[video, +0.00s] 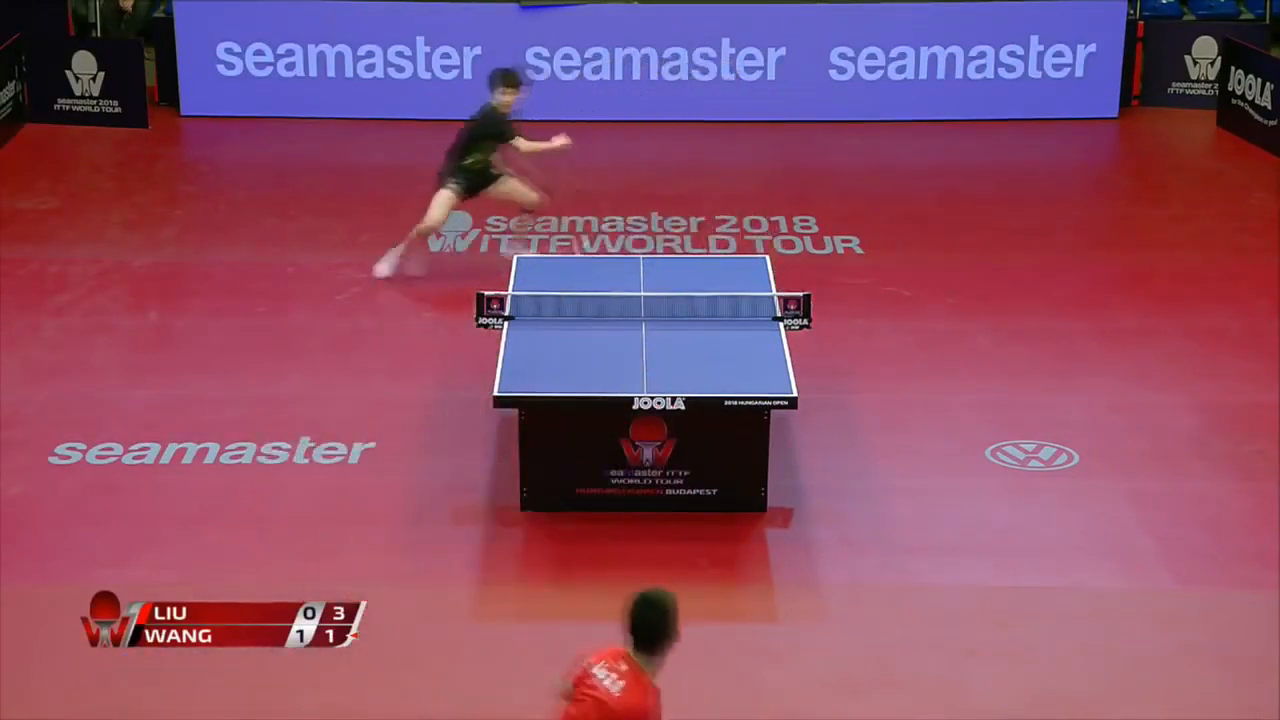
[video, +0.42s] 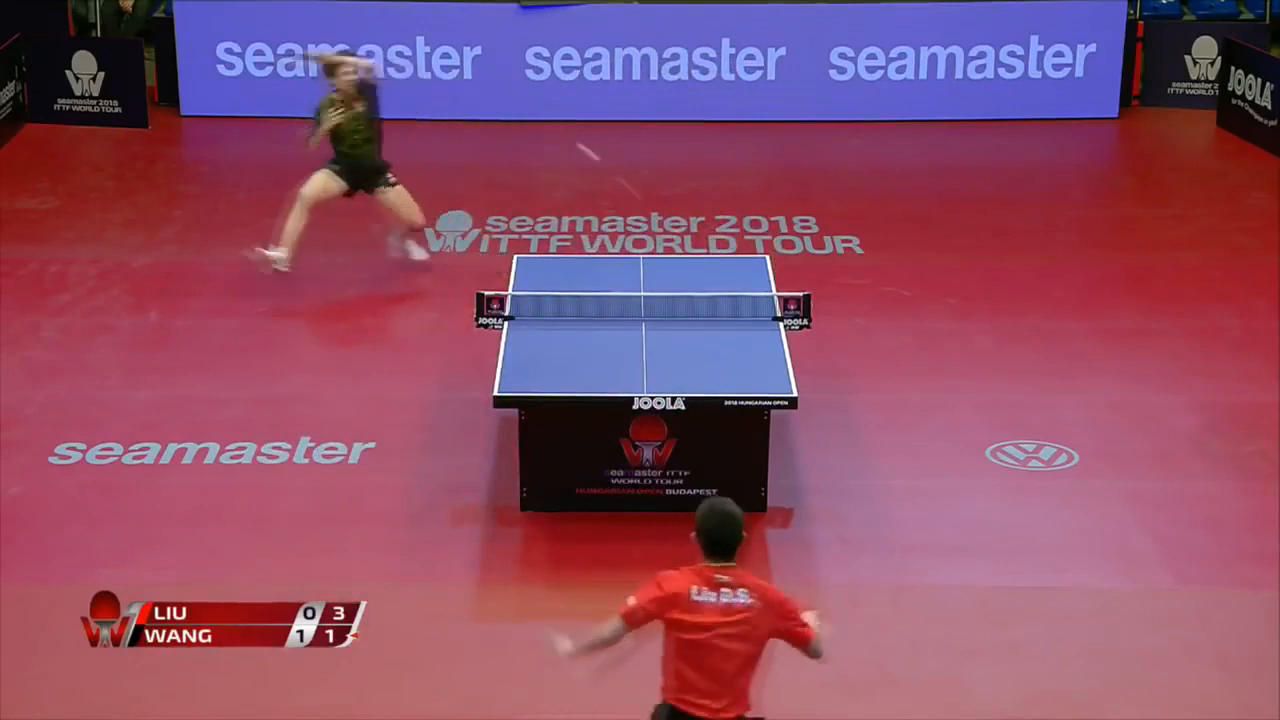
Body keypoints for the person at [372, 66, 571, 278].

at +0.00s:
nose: (508, 98)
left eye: (512, 93)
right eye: (503, 92)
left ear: (517, 95)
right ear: (493, 93)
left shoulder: (499, 118)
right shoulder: (490, 116)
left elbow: (492, 156)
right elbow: (522, 145)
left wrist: (510, 178)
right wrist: (552, 145)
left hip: (485, 174)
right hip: (459, 176)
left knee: (534, 201)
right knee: (432, 223)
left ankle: (514, 244)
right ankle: (396, 254)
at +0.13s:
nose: (469, 105)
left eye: (472, 100)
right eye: (464, 100)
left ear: (474, 102)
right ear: (451, 101)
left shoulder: (451, 122)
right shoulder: (453, 124)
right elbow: (494, 142)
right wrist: (534, 139)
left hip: (443, 185)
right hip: (420, 189)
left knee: (491, 209)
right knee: (407, 246)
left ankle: (498, 257)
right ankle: (352, 278)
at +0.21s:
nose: (438, 96)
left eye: (441, 91)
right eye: (433, 90)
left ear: (442, 93)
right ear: (419, 91)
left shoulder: (425, 118)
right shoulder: (414, 115)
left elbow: (415, 145)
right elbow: (417, 144)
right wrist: (464, 142)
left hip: (418, 181)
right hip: (394, 182)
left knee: (463, 216)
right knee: (383, 232)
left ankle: (492, 258)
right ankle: (344, 275)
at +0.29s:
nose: (404, 80)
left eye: (406, 75)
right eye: (399, 74)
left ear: (406, 76)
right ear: (384, 75)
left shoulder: (407, 101)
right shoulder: (367, 103)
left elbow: (427, 118)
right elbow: (351, 139)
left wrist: (469, 112)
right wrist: (378, 116)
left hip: (398, 171)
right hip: (369, 171)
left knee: (443, 213)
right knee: (351, 211)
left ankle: (471, 255)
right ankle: (331, 269)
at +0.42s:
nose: (351, 77)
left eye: (354, 72)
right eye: (345, 73)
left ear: (360, 74)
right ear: (334, 78)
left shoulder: (367, 96)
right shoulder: (327, 106)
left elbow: (368, 66)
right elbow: (312, 145)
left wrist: (326, 58)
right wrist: (326, 126)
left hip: (375, 171)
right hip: (343, 170)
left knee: (416, 220)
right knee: (305, 196)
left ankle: (400, 240)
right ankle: (284, 252)